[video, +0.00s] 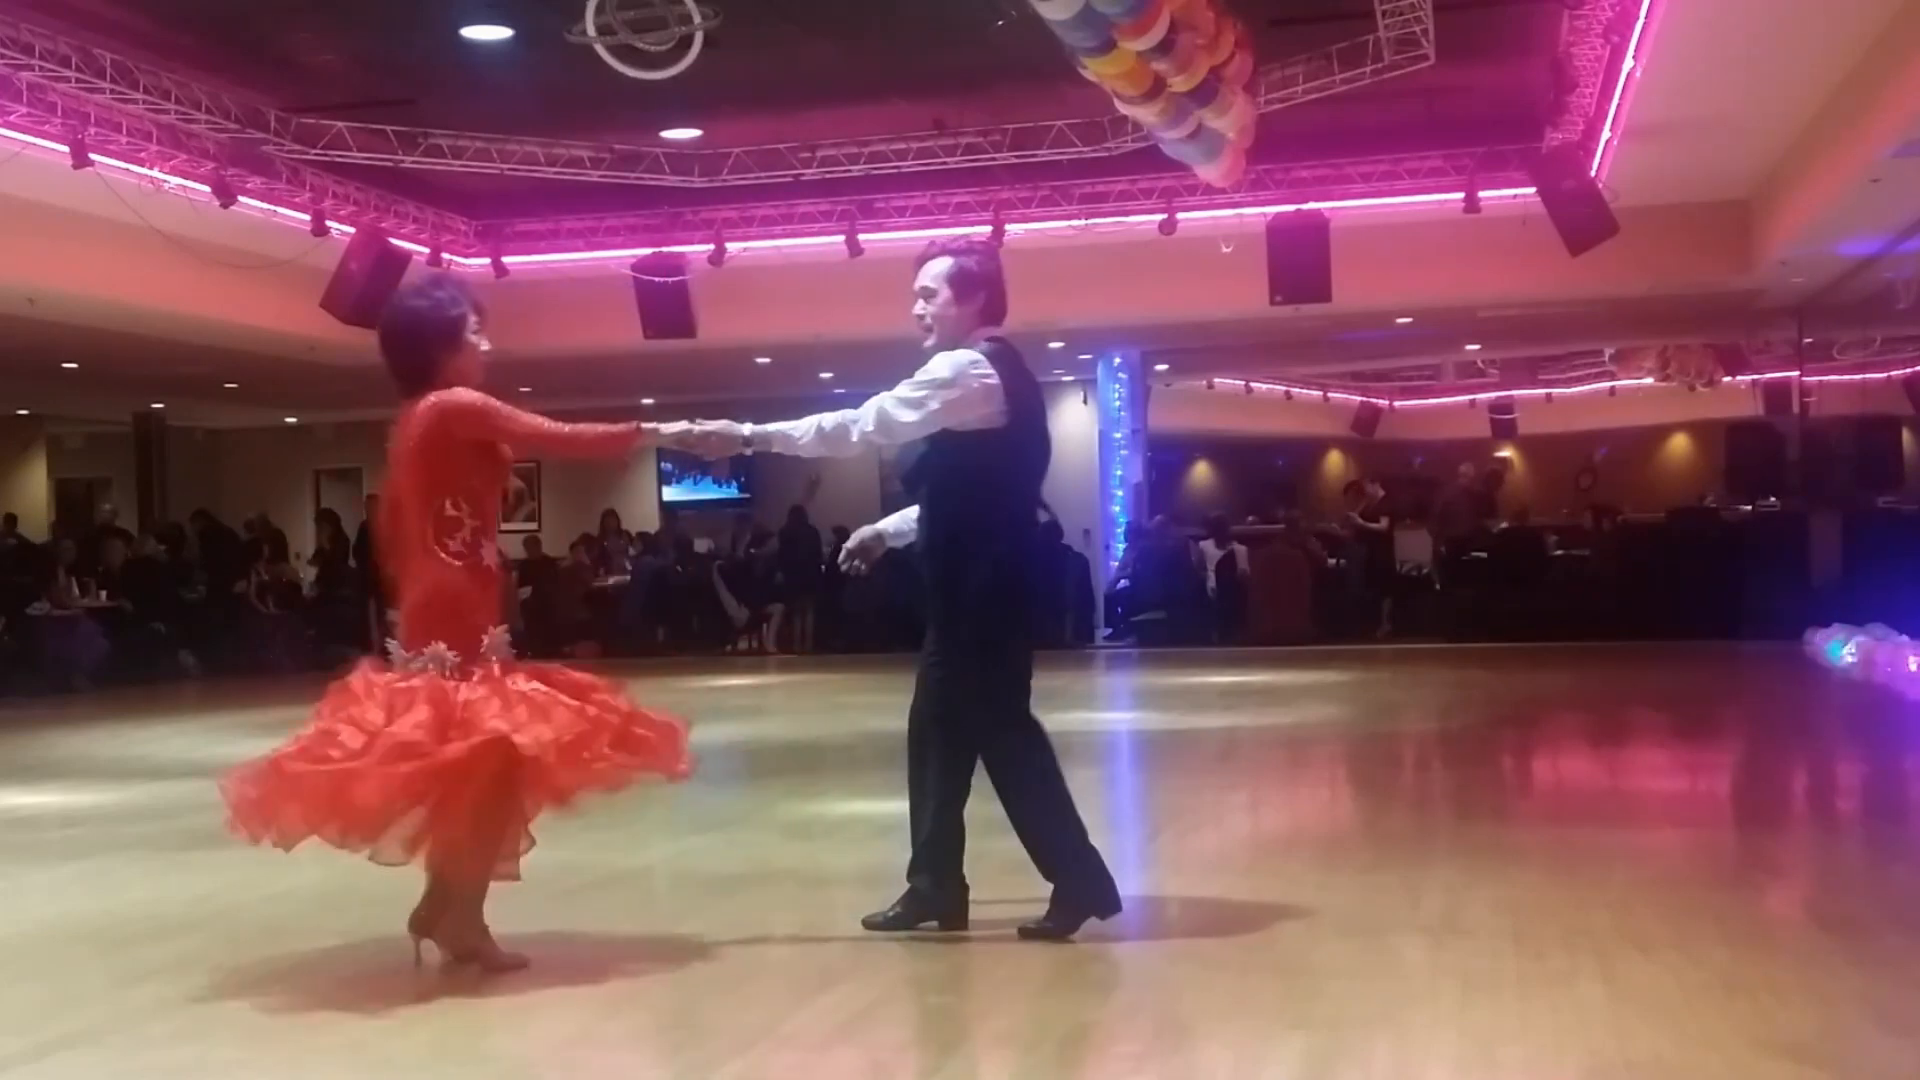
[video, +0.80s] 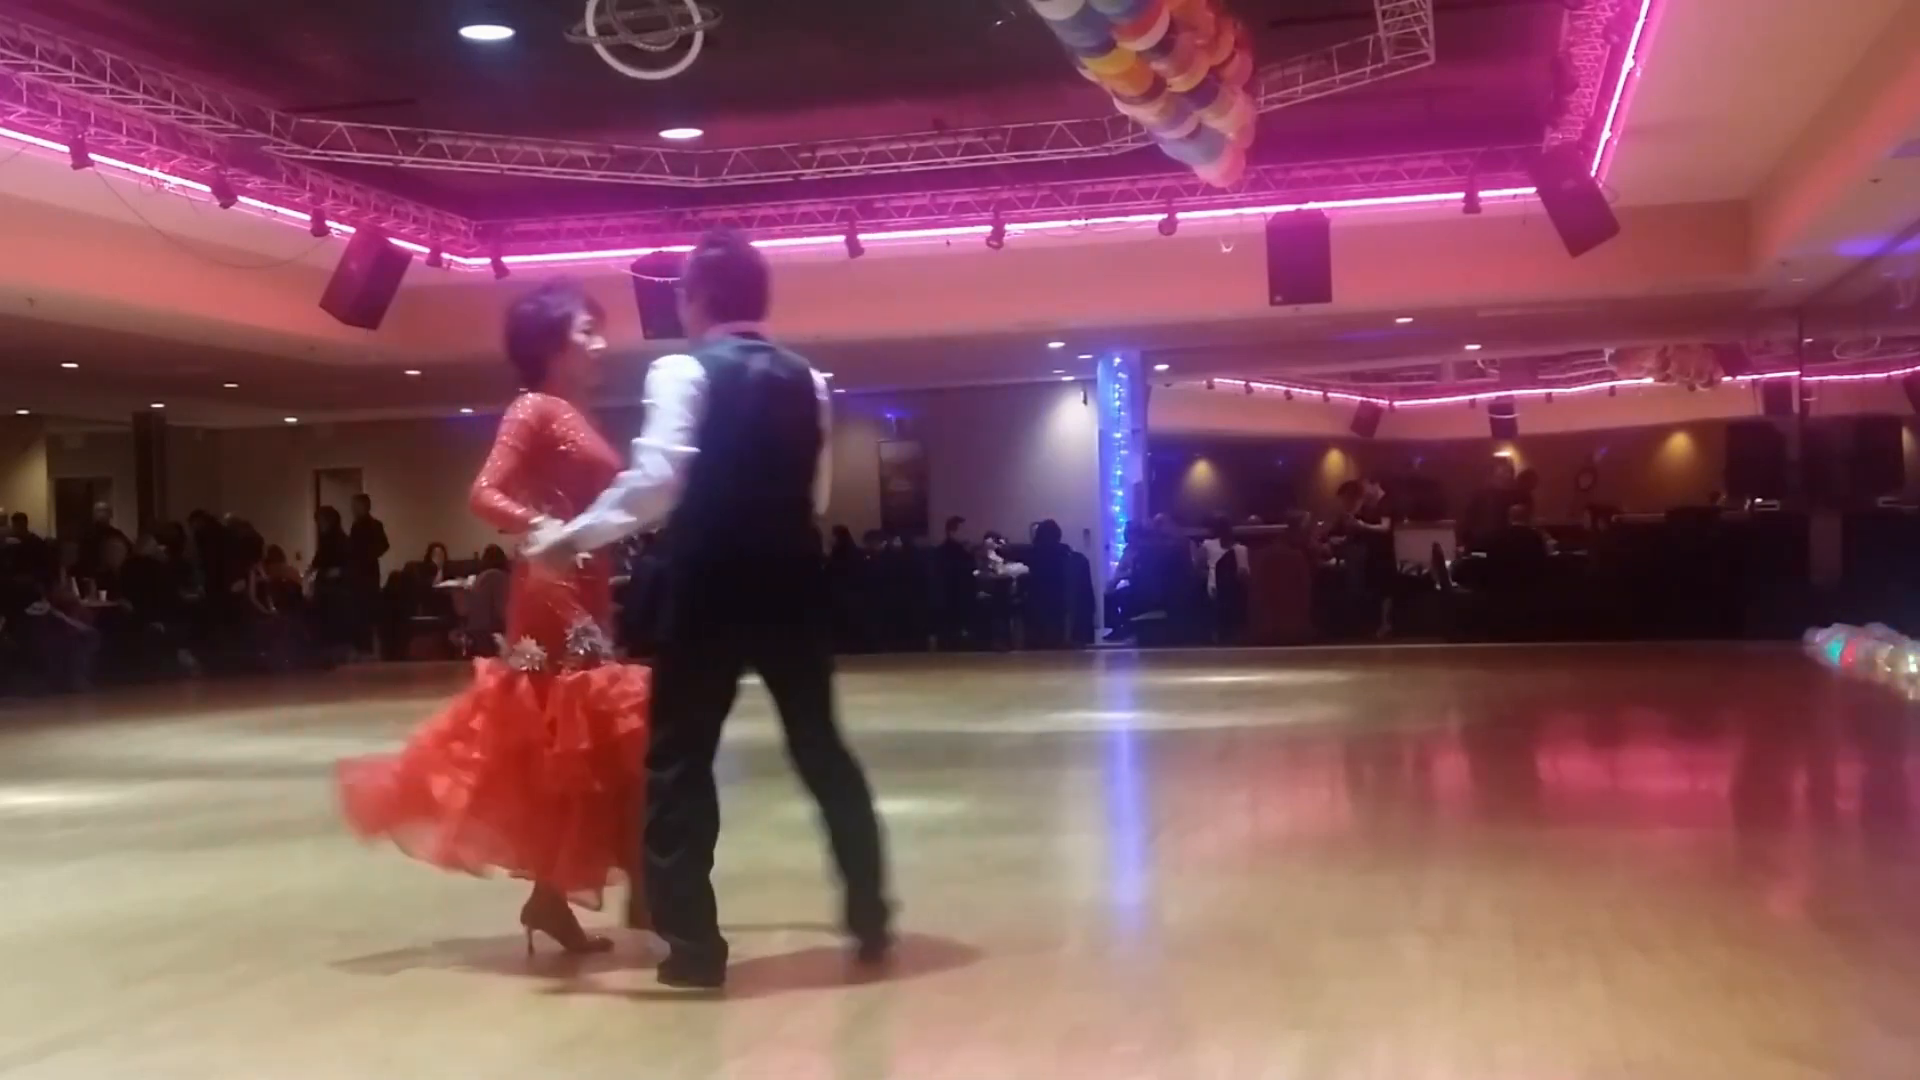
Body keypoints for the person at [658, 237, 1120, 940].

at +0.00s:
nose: (917, 310)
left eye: (930, 296)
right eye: (917, 298)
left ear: (975, 300)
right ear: (973, 307)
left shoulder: (968, 369)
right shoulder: (1001, 372)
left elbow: (858, 427)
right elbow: (974, 500)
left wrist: (743, 435)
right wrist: (887, 532)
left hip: (974, 582)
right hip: (994, 578)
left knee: (937, 729)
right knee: (1004, 729)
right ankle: (1081, 878)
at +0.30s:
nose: (880, 308)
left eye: (892, 295)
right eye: (881, 294)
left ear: (934, 301)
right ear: (935, 303)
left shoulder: (923, 370)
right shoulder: (969, 364)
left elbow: (850, 460)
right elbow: (951, 487)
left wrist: (743, 457)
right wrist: (872, 533)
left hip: (936, 576)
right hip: (962, 569)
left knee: (930, 730)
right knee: (950, 727)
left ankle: (930, 902)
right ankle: (1059, 867)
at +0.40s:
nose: (844, 311)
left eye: (854, 298)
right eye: (846, 297)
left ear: (893, 300)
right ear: (899, 302)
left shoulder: (894, 367)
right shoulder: (928, 366)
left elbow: (856, 470)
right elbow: (899, 501)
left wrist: (757, 474)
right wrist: (817, 536)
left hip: (905, 580)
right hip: (923, 576)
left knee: (888, 746)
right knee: (902, 746)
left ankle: (1005, 860)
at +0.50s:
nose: (805, 310)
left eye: (814, 296)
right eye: (806, 295)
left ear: (852, 299)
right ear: (866, 300)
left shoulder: (849, 366)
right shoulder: (902, 365)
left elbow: (845, 466)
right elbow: (870, 492)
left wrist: (742, 482)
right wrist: (778, 525)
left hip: (858, 587)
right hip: (897, 582)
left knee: (807, 741)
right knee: (889, 745)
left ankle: (913, 888)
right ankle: (925, 903)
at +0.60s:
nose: (764, 304)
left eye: (772, 290)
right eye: (766, 289)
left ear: (801, 293)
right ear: (835, 294)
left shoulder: (798, 362)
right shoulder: (871, 365)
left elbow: (792, 463)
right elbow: (844, 492)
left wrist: (681, 498)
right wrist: (741, 521)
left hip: (813, 586)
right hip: (873, 581)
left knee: (750, 743)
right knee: (865, 737)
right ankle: (918, 893)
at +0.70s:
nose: (720, 306)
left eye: (725, 293)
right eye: (724, 292)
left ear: (745, 299)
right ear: (798, 298)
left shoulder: (736, 372)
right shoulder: (834, 375)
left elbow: (727, 477)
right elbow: (853, 502)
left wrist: (628, 524)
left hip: (752, 591)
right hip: (825, 585)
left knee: (711, 750)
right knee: (854, 739)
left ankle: (688, 939)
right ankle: (910, 899)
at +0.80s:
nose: (682, 307)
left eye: (686, 295)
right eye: (688, 295)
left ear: (698, 299)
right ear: (761, 298)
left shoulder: (683, 371)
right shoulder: (809, 379)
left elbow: (659, 480)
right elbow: (815, 500)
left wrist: (569, 536)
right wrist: (777, 549)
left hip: (703, 592)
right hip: (790, 590)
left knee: (679, 762)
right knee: (822, 750)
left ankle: (693, 947)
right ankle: (871, 919)